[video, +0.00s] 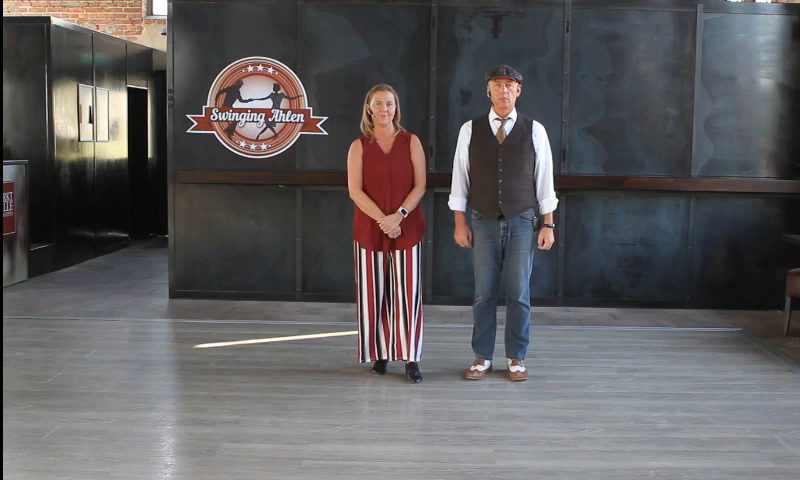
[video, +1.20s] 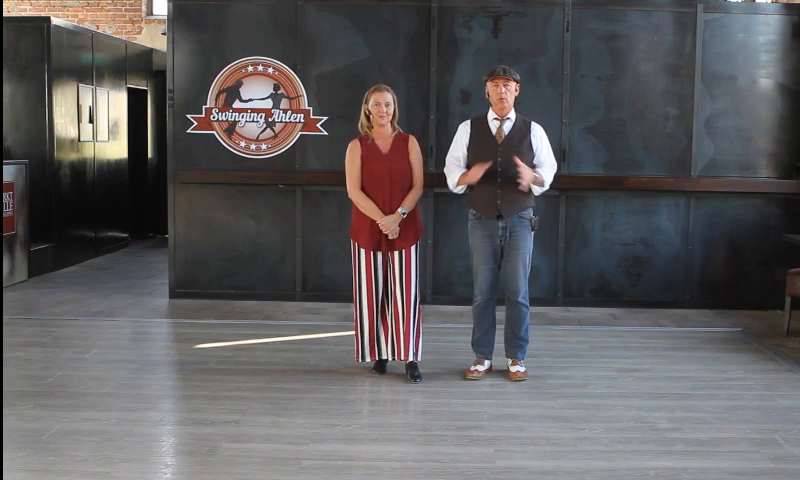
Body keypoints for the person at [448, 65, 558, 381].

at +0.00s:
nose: (505, 92)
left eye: (510, 87)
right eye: (499, 86)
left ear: (518, 92)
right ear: (489, 90)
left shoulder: (534, 131)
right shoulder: (470, 130)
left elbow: (545, 178)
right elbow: (460, 176)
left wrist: (548, 223)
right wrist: (459, 221)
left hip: (522, 222)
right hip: (482, 222)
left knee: (518, 293)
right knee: (484, 293)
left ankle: (517, 359)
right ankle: (481, 358)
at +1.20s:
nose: (503, 92)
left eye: (508, 87)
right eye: (497, 87)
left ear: (516, 91)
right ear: (487, 90)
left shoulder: (533, 131)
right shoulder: (468, 129)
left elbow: (547, 174)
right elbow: (451, 174)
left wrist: (532, 176)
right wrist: (468, 176)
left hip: (520, 219)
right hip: (481, 220)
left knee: (517, 292)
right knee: (483, 292)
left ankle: (516, 359)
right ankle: (482, 358)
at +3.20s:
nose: (496, 91)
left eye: (501, 85)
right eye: (491, 86)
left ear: (514, 89)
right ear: (485, 93)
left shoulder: (533, 129)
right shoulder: (469, 128)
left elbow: (549, 172)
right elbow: (454, 167)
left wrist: (536, 177)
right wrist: (459, 177)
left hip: (519, 219)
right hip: (481, 219)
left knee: (517, 292)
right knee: (483, 292)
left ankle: (516, 359)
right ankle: (482, 358)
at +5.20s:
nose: (503, 88)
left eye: (509, 83)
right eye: (498, 83)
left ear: (517, 91)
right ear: (489, 89)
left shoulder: (533, 130)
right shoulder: (469, 128)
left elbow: (548, 170)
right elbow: (452, 169)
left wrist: (529, 183)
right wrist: (472, 182)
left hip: (520, 220)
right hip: (481, 220)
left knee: (517, 292)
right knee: (483, 292)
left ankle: (516, 359)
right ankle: (482, 358)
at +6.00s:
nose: (500, 93)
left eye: (505, 87)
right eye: (494, 88)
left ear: (517, 90)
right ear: (488, 93)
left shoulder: (535, 131)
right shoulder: (471, 127)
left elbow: (545, 172)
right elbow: (453, 167)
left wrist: (542, 186)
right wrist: (482, 172)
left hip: (521, 219)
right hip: (482, 219)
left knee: (517, 293)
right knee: (484, 292)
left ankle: (516, 359)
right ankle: (482, 358)